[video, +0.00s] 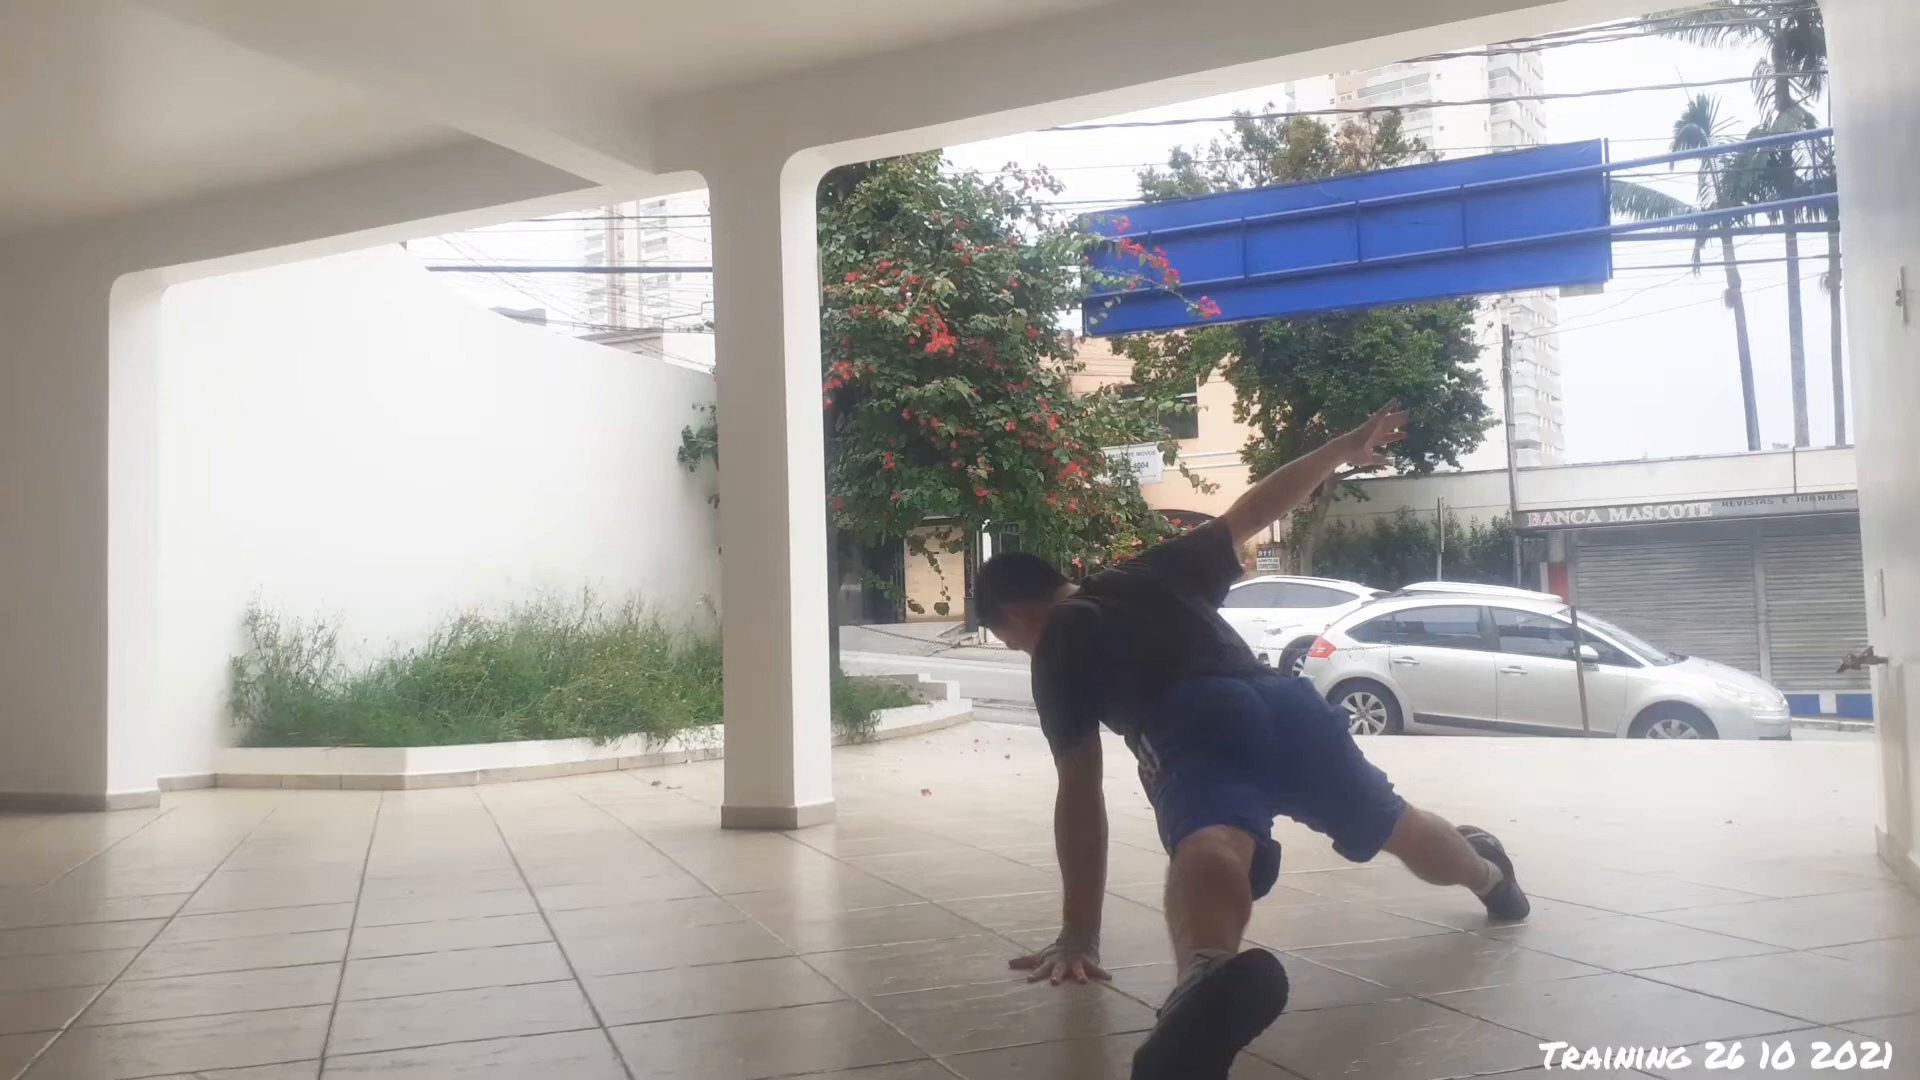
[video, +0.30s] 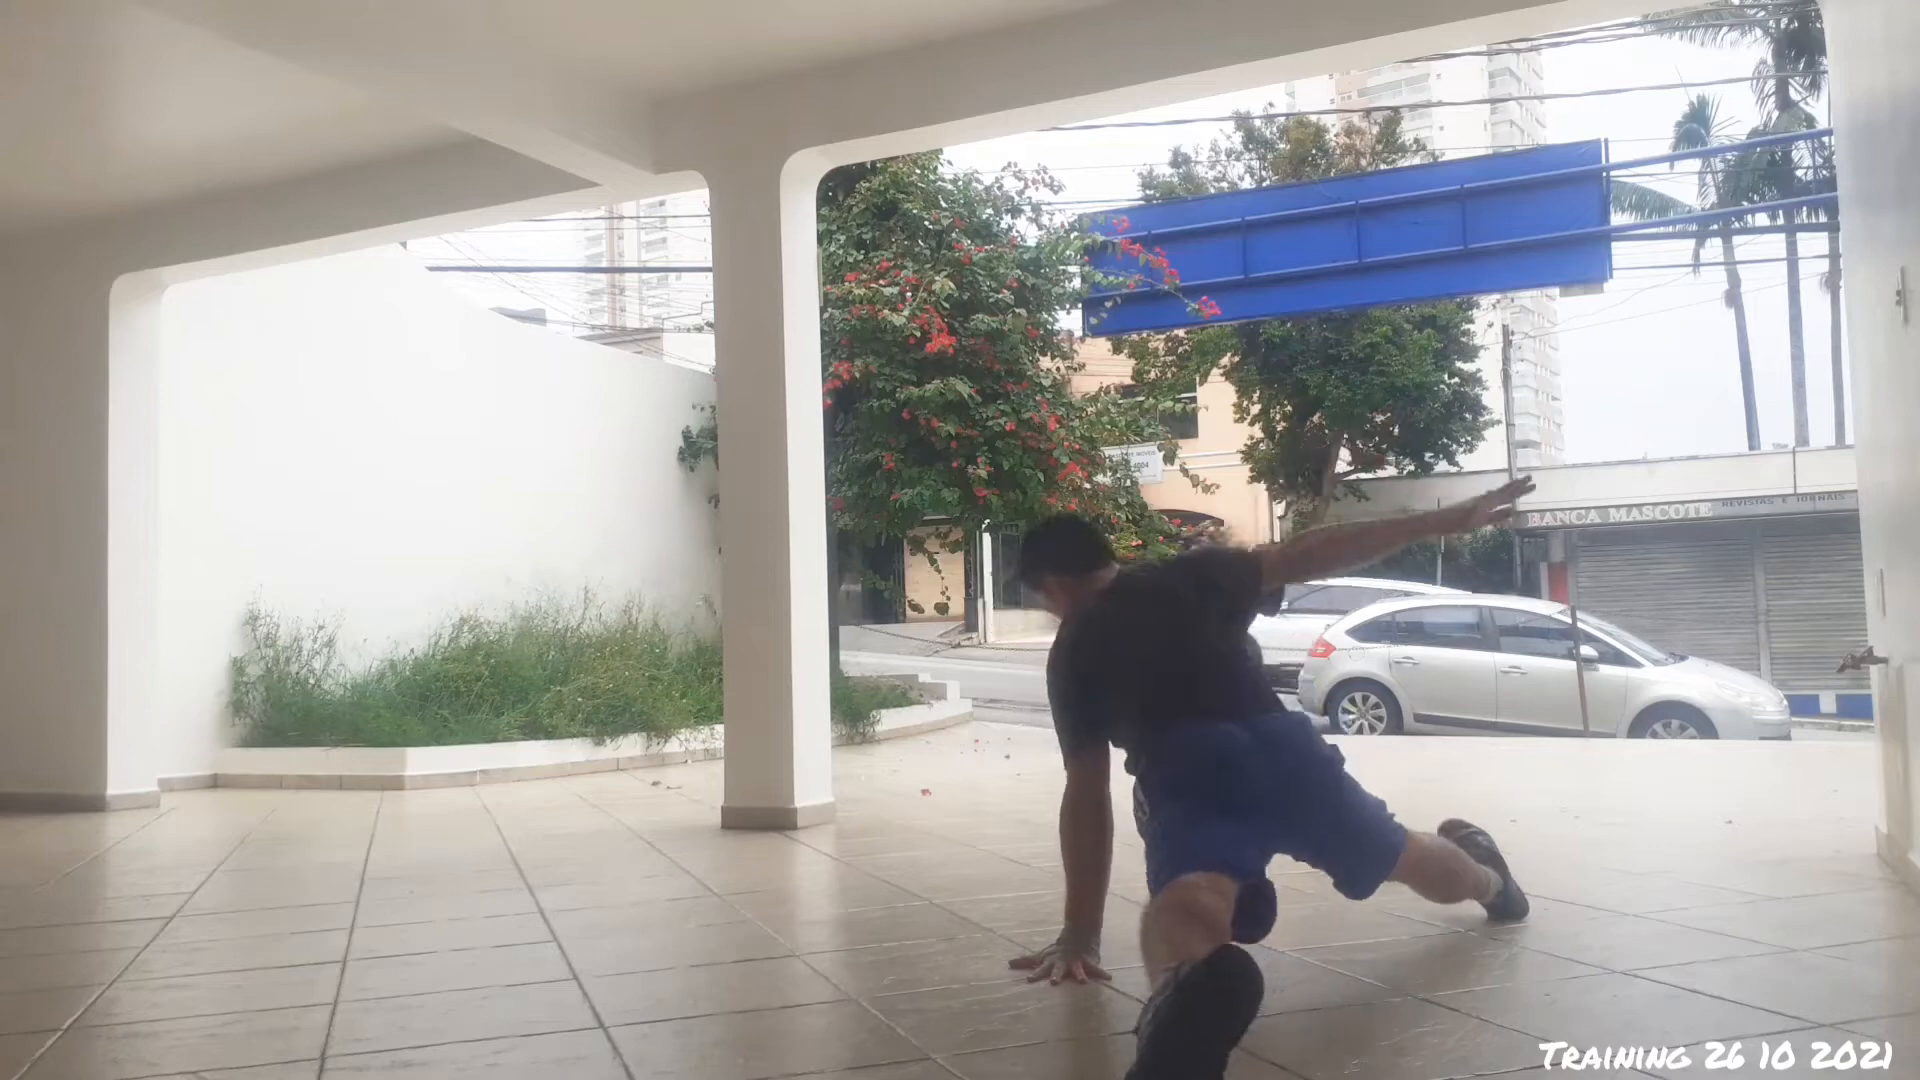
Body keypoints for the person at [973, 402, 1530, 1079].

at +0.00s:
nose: (1016, 648)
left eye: (1008, 634)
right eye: (1006, 638)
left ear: (1019, 610)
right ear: (1056, 579)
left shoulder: (1059, 649)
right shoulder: (1156, 567)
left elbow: (1080, 797)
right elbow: (1256, 507)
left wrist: (1077, 939)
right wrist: (1348, 447)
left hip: (1194, 721)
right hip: (1283, 693)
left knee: (1211, 850)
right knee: (1397, 824)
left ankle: (1203, 981)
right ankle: (1491, 877)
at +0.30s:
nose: (1048, 611)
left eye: (1041, 599)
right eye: (1041, 600)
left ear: (1052, 588)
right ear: (1105, 557)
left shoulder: (1074, 656)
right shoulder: (1192, 575)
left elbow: (1086, 796)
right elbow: (1313, 553)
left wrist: (1077, 937)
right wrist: (1451, 519)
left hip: (1186, 782)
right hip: (1283, 751)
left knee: (1189, 903)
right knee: (1407, 855)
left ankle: (1179, 1010)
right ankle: (1493, 884)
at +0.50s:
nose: (1004, 611)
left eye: (997, 595)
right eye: (997, 596)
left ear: (1013, 588)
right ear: (1062, 557)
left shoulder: (1062, 661)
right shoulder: (1162, 568)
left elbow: (1096, 810)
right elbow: (1250, 533)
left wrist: (1080, 939)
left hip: (1194, 747)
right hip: (1282, 712)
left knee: (1210, 875)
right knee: (1396, 835)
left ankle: (1223, 976)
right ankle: (1496, 895)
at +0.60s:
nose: (959, 614)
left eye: (955, 600)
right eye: (951, 601)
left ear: (979, 586)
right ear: (1013, 549)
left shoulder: (1040, 664)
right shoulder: (1095, 545)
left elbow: (1089, 808)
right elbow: (1120, 515)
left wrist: (1078, 940)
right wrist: (1066, 543)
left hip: (1202, 734)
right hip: (1279, 679)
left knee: (1309, 875)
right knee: (1389, 808)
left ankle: (1439, 960)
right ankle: (1491, 893)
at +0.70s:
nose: (916, 622)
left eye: (908, 609)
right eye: (907, 607)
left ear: (932, 597)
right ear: (967, 550)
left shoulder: (1013, 677)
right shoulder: (1045, 532)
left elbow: (1081, 813)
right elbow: (1067, 437)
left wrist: (1080, 941)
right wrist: (1039, 353)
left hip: (1230, 730)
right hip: (1260, 654)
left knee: (1408, 840)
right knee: (1356, 788)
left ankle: (1644, 859)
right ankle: (1472, 878)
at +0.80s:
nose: (893, 616)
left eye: (887, 601)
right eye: (885, 600)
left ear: (904, 592)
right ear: (941, 543)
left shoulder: (982, 690)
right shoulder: (1032, 536)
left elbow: (1058, 813)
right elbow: (1089, 399)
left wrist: (1078, 947)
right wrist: (1091, 262)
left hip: (1224, 719)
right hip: (1228, 660)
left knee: (1421, 803)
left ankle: (1617, 787)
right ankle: (1401, 773)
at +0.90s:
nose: (910, 598)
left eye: (904, 584)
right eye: (904, 582)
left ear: (916, 591)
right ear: (977, 539)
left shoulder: (972, 700)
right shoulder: (1061, 565)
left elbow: (1044, 822)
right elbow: (1181, 470)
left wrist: (1077, 944)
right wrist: (1241, 343)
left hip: (1213, 779)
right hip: (1227, 673)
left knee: (1314, 816)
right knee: (1216, 588)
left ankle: (1400, 819)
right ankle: (1322, 576)